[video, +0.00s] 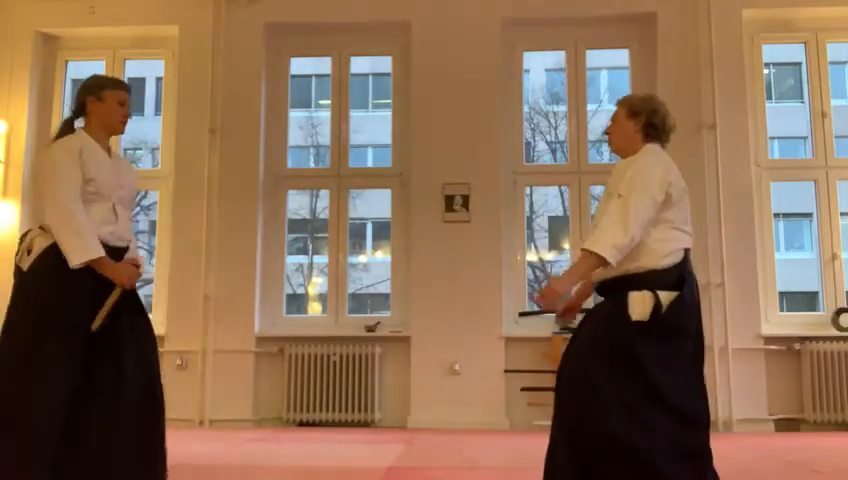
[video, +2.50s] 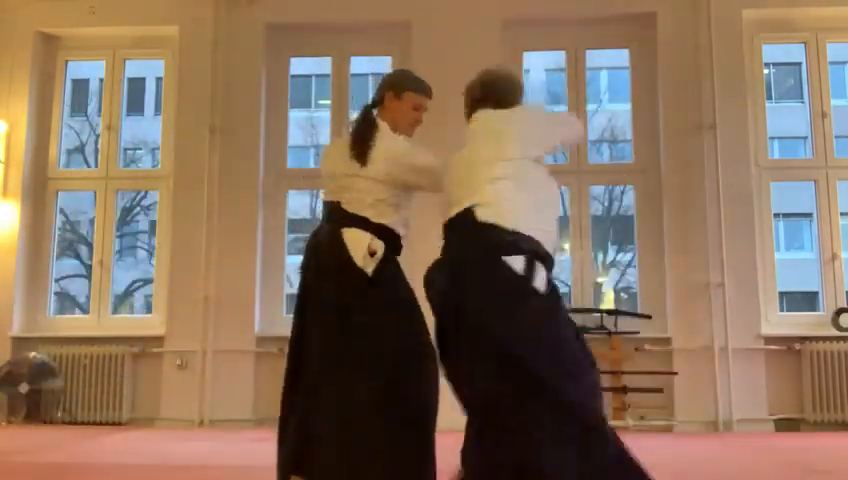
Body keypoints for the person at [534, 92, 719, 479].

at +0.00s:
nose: (608, 127)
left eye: (616, 119)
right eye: (611, 119)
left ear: (638, 125)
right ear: (638, 127)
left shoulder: (650, 162)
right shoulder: (636, 166)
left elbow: (620, 232)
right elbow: (614, 240)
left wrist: (567, 281)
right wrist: (580, 294)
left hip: (650, 298)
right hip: (637, 296)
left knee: (578, 376)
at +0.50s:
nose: (592, 133)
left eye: (600, 125)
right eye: (595, 125)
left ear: (623, 130)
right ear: (626, 131)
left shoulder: (631, 165)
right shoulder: (640, 165)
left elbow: (628, 237)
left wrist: (600, 298)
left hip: (640, 293)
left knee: (564, 368)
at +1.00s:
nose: (473, 115)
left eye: (480, 108)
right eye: (477, 108)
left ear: (501, 116)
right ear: (511, 118)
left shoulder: (508, 151)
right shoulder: (494, 169)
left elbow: (433, 131)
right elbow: (451, 197)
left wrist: (385, 91)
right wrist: (409, 185)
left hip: (521, 297)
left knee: (446, 386)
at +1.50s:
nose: (437, 104)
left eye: (446, 93)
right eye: (441, 94)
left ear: (473, 98)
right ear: (474, 100)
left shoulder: (474, 139)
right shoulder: (486, 149)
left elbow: (384, 141)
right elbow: (425, 203)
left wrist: (292, 128)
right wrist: (372, 173)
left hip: (499, 283)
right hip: (528, 283)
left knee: (409, 383)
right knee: (544, 399)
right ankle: (630, 472)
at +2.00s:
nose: (528, 138)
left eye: (530, 127)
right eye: (527, 129)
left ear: (552, 117)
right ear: (577, 119)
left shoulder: (545, 152)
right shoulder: (608, 155)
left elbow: (510, 222)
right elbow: (582, 241)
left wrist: (464, 267)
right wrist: (514, 287)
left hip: (603, 267)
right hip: (659, 262)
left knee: (535, 390)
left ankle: (517, 471)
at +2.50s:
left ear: (471, 108)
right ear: (515, 102)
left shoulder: (458, 159)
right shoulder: (517, 122)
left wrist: (540, 175)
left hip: (455, 276)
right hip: (509, 278)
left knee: (491, 399)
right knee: (574, 378)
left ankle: (488, 470)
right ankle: (595, 467)